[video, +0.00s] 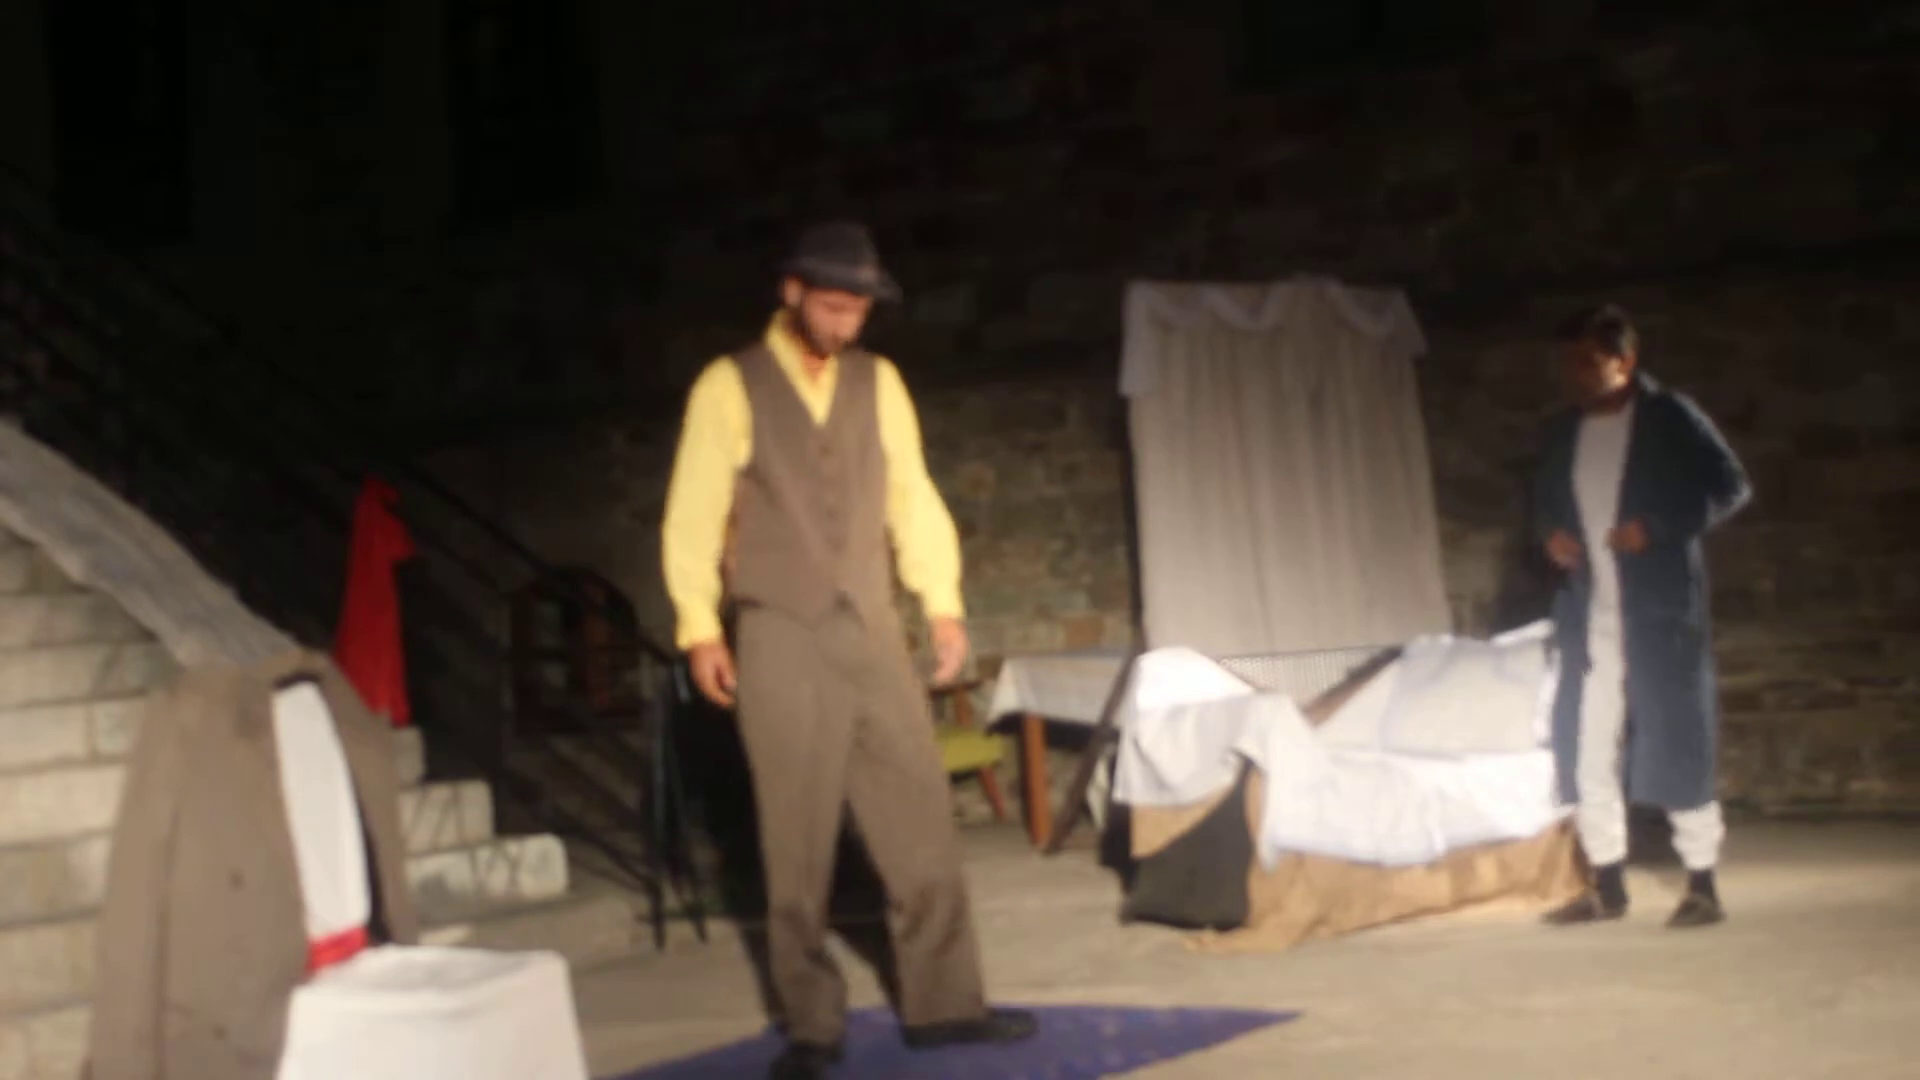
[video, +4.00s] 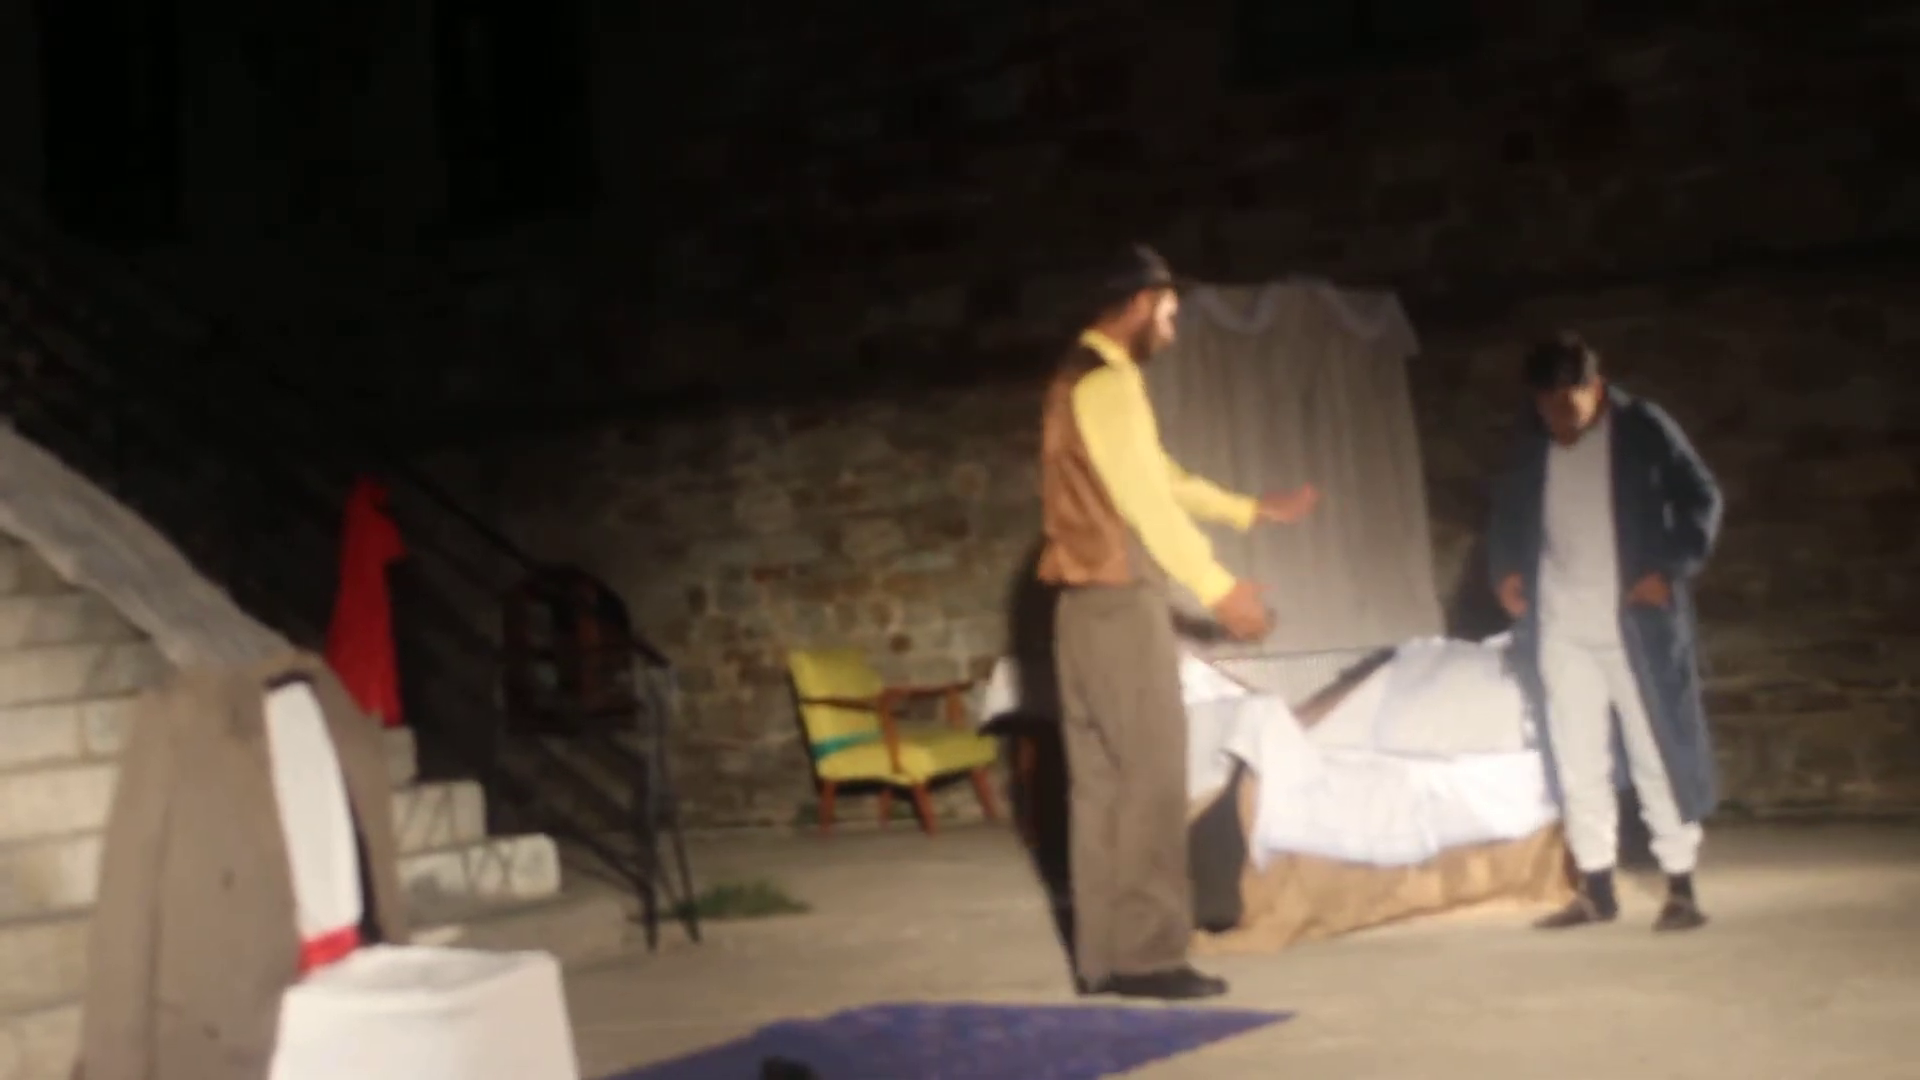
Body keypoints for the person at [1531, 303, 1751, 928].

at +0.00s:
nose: (1582, 373)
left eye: (1594, 361)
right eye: (1575, 362)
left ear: (1625, 361)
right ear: (1565, 366)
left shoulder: (1668, 415)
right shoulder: (1559, 431)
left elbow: (1729, 487)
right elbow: (1542, 500)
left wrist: (1657, 527)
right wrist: (1552, 535)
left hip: (1663, 615)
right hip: (1591, 617)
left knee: (1678, 736)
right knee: (1585, 741)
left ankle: (1702, 883)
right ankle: (1606, 883)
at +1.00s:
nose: (1593, 368)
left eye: (1603, 355)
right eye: (1584, 356)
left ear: (1628, 356)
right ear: (1571, 363)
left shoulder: (1667, 421)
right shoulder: (1554, 431)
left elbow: (1716, 503)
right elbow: (1530, 496)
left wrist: (1664, 571)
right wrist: (1545, 543)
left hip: (1655, 620)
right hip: (1579, 623)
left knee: (1674, 744)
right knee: (1586, 745)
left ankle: (1693, 885)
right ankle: (1607, 887)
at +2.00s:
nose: (1572, 370)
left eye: (1583, 358)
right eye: (1565, 358)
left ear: (1612, 360)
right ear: (1555, 365)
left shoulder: (1649, 422)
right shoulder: (1539, 435)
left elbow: (1705, 500)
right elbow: (1514, 508)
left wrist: (1635, 546)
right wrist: (1526, 541)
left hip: (1638, 618)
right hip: (1566, 619)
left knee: (1658, 740)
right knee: (1579, 743)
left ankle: (1686, 886)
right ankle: (1604, 887)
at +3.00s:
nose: (1567, 375)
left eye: (1578, 362)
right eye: (1560, 363)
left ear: (1605, 362)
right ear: (1550, 369)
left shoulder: (1644, 426)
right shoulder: (1534, 438)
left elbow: (1696, 506)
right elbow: (1512, 510)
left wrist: (1650, 575)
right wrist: (1527, 549)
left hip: (1638, 623)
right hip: (1561, 627)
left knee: (1657, 746)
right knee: (1575, 749)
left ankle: (1684, 886)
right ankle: (1603, 888)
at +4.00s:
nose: (1565, 414)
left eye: (1574, 400)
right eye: (1553, 403)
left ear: (1598, 385)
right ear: (1537, 400)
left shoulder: (1640, 427)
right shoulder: (1526, 446)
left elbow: (1700, 499)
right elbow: (1504, 516)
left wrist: (1669, 573)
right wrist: (1505, 570)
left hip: (1634, 628)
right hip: (1561, 634)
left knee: (1655, 754)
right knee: (1578, 761)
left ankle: (1681, 886)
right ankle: (1597, 890)